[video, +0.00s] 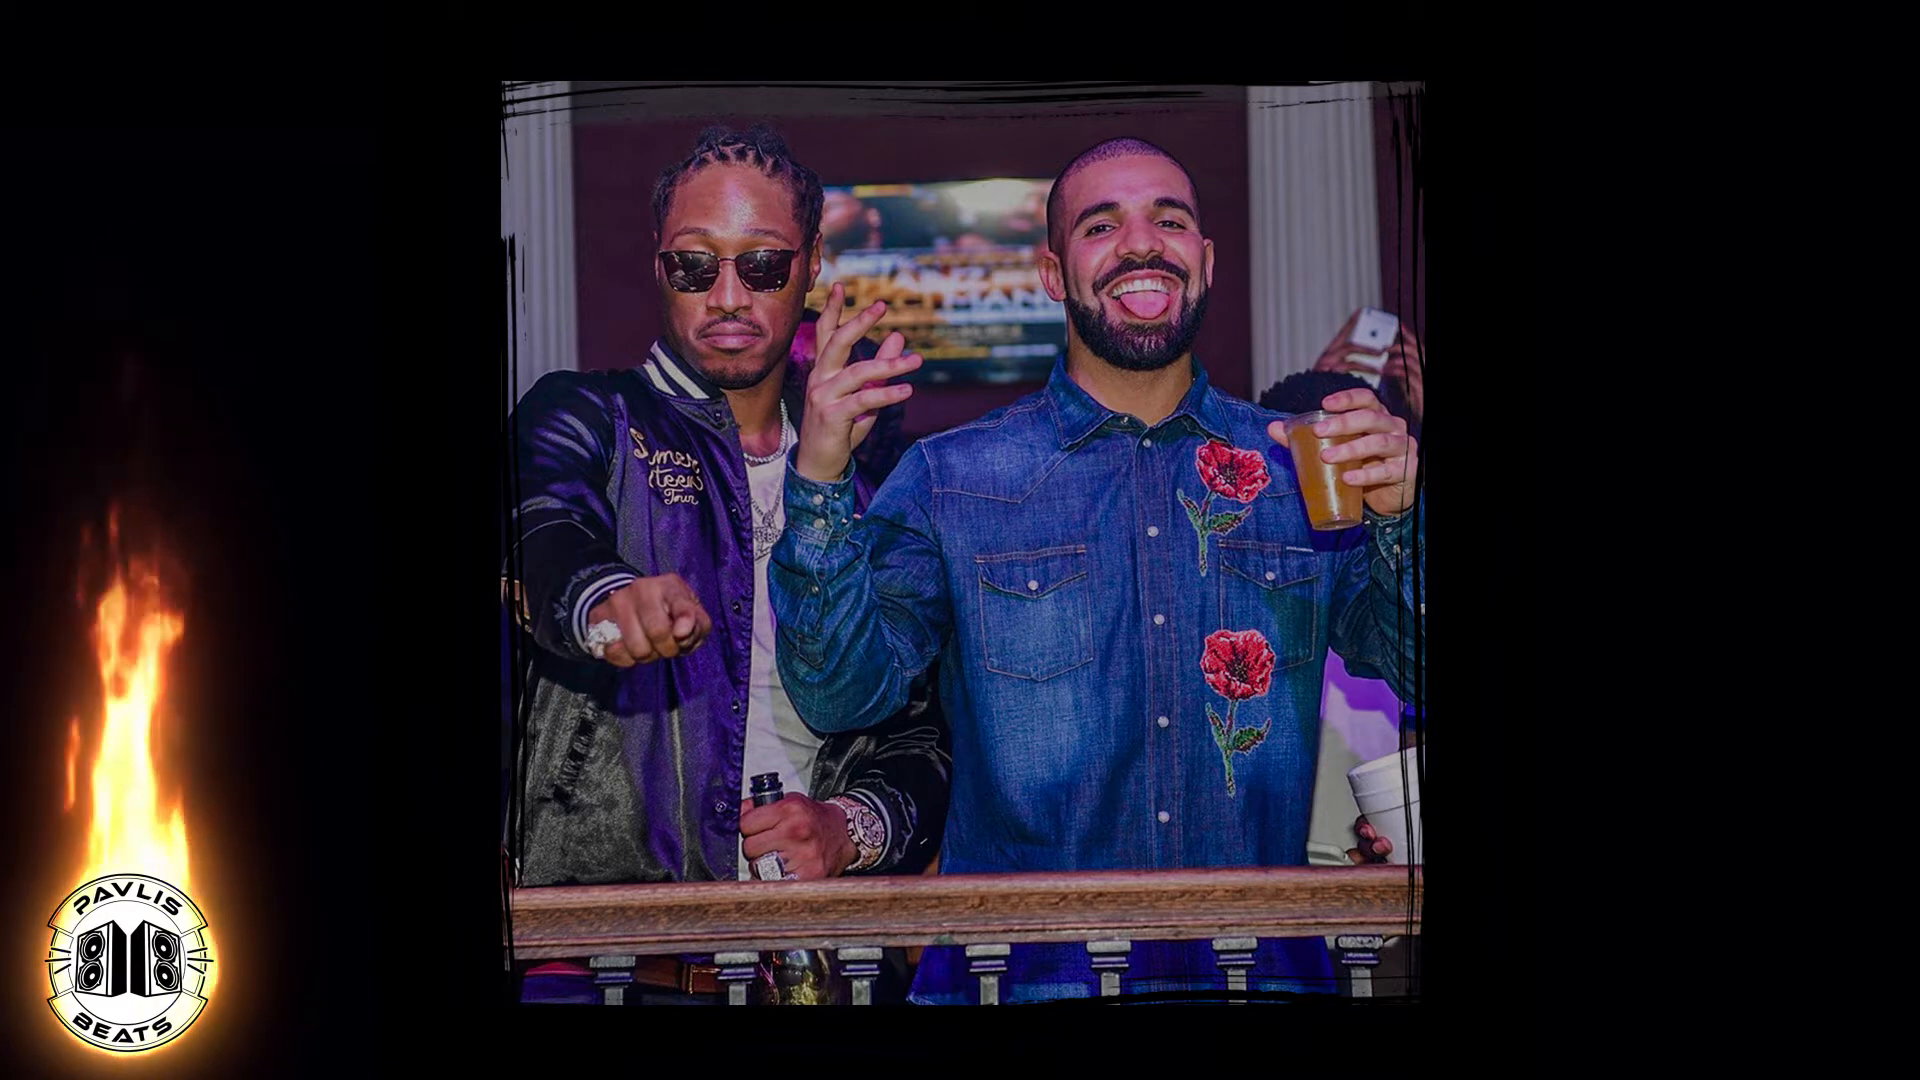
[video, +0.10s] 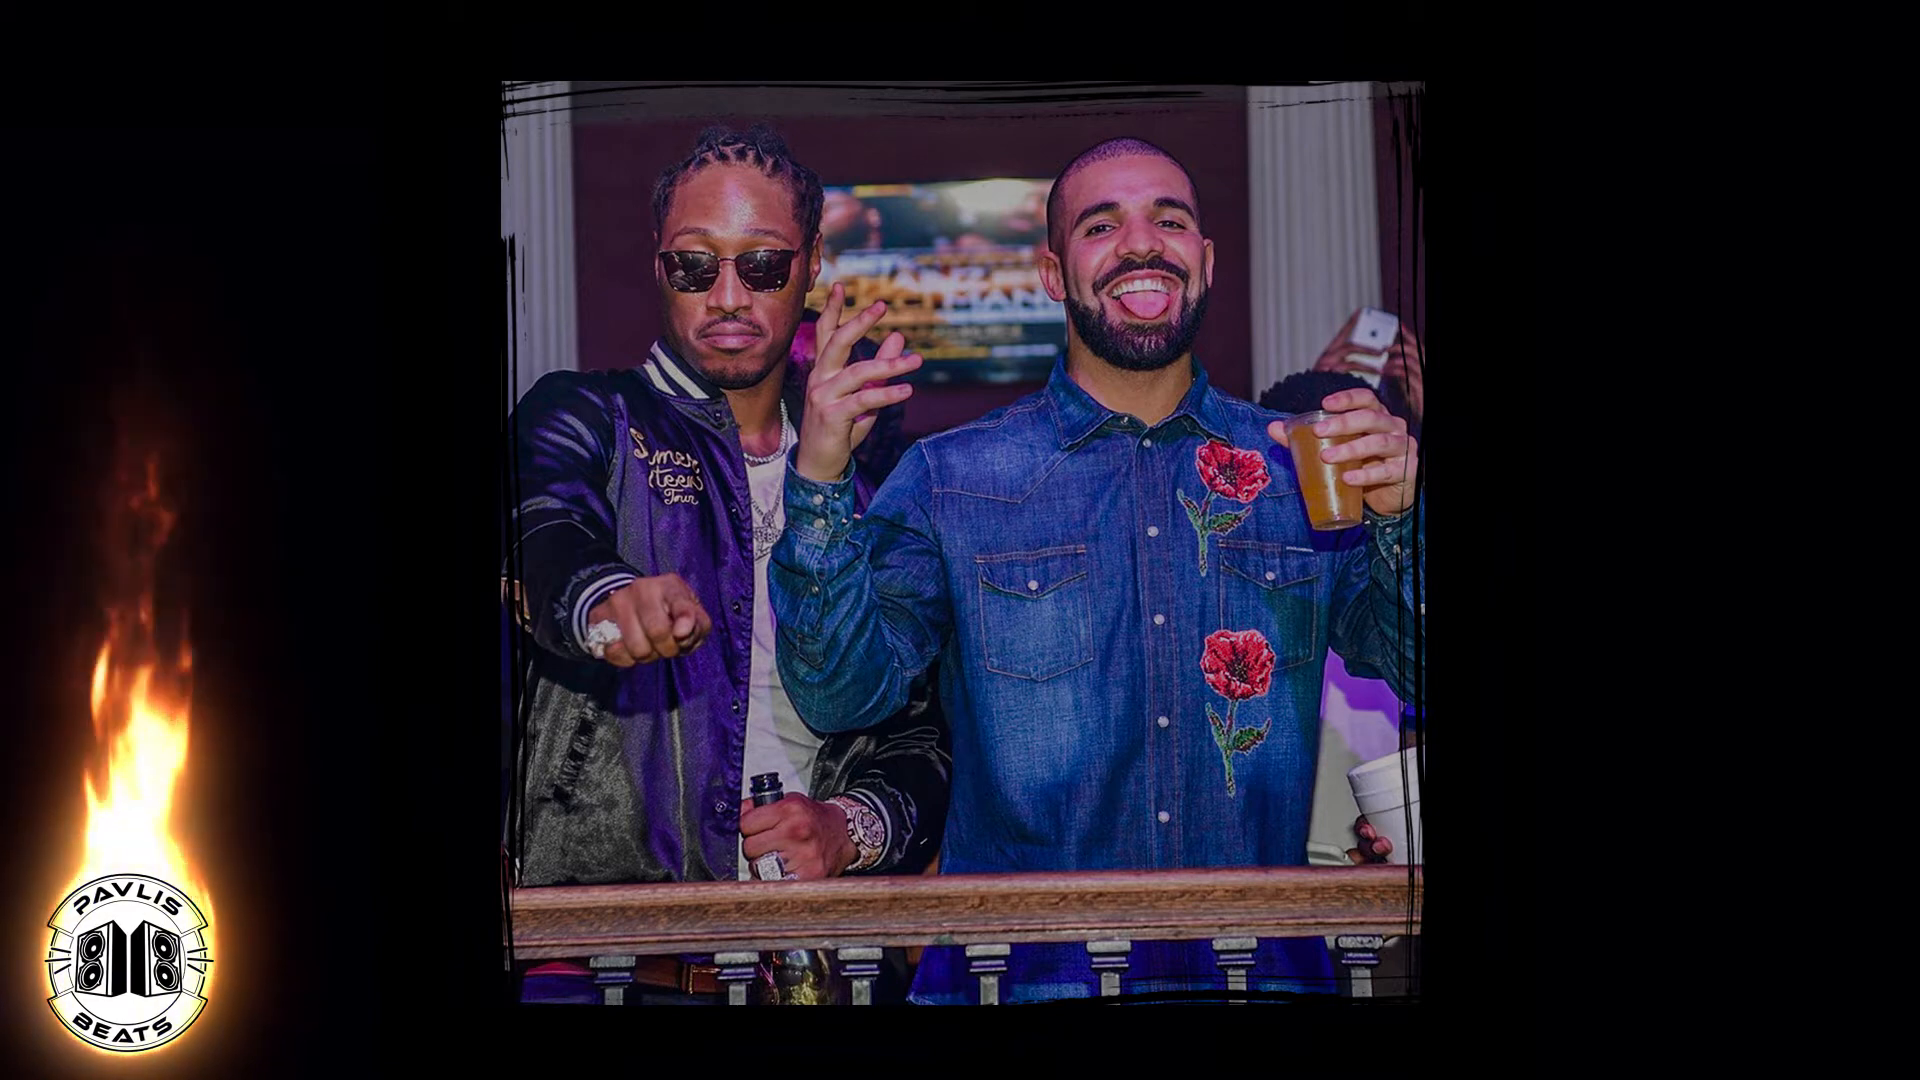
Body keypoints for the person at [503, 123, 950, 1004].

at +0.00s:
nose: (729, 296)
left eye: (763, 266)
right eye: (694, 266)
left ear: (811, 274)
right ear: (658, 272)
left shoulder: (878, 460)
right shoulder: (581, 412)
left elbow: (926, 726)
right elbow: (540, 525)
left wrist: (857, 826)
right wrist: (602, 595)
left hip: (827, 944)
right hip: (605, 943)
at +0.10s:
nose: (729, 296)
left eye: (763, 266)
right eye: (694, 266)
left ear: (811, 274)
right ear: (658, 272)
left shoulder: (878, 460)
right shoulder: (581, 412)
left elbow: (926, 726)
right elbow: (540, 525)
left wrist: (857, 826)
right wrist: (602, 595)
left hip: (827, 944)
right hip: (605, 943)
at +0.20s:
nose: (729, 296)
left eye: (763, 266)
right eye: (694, 266)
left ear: (811, 274)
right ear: (658, 272)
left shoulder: (878, 460)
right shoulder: (581, 412)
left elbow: (926, 726)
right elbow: (540, 525)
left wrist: (857, 826)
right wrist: (602, 595)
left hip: (827, 944)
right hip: (605, 943)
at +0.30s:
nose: (729, 296)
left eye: (763, 266)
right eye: (694, 266)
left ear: (811, 274)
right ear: (658, 272)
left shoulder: (878, 460)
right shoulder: (581, 412)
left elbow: (926, 726)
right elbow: (540, 525)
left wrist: (857, 826)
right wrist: (602, 595)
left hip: (827, 944)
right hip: (605, 943)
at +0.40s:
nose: (729, 296)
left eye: (763, 266)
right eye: (694, 266)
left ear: (811, 274)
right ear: (658, 272)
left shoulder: (878, 460)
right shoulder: (581, 412)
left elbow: (926, 726)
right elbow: (540, 525)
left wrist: (857, 826)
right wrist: (602, 595)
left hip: (827, 944)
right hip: (605, 943)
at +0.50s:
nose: (729, 296)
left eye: (763, 266)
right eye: (694, 266)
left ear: (811, 274)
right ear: (658, 272)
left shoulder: (878, 460)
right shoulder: (581, 412)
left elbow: (926, 726)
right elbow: (540, 525)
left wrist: (857, 826)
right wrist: (602, 595)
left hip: (827, 944)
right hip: (605, 943)